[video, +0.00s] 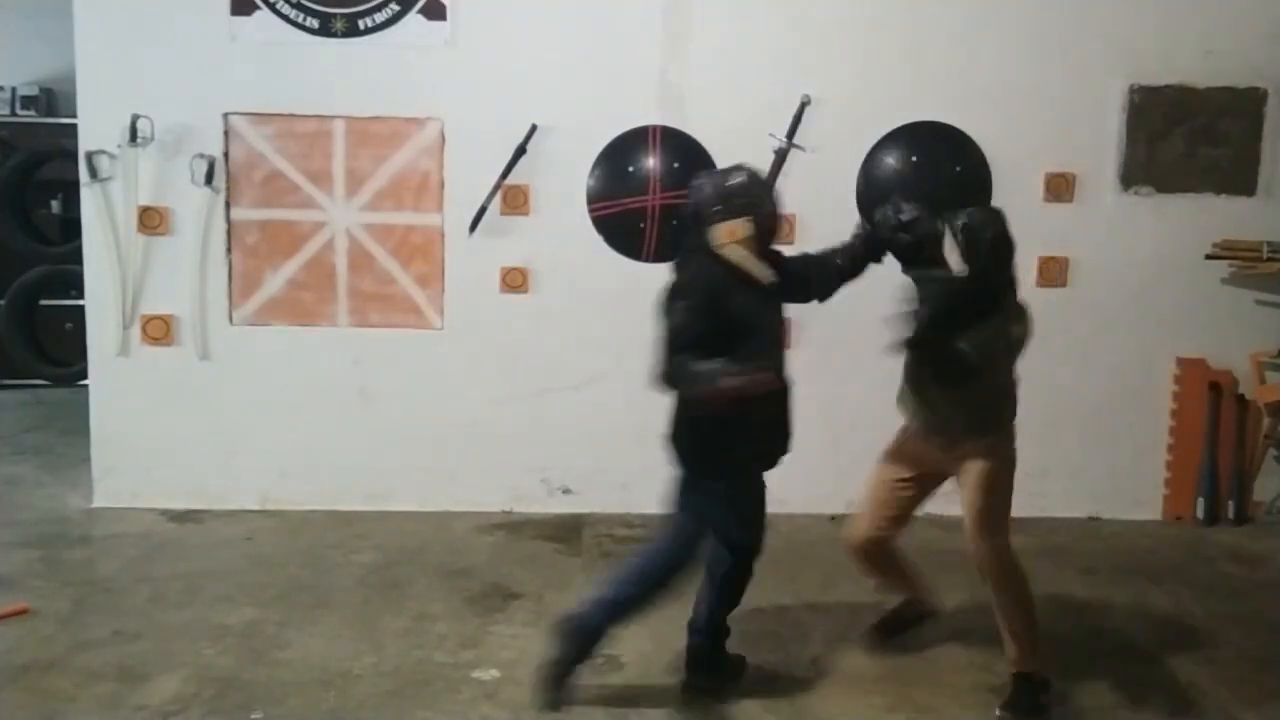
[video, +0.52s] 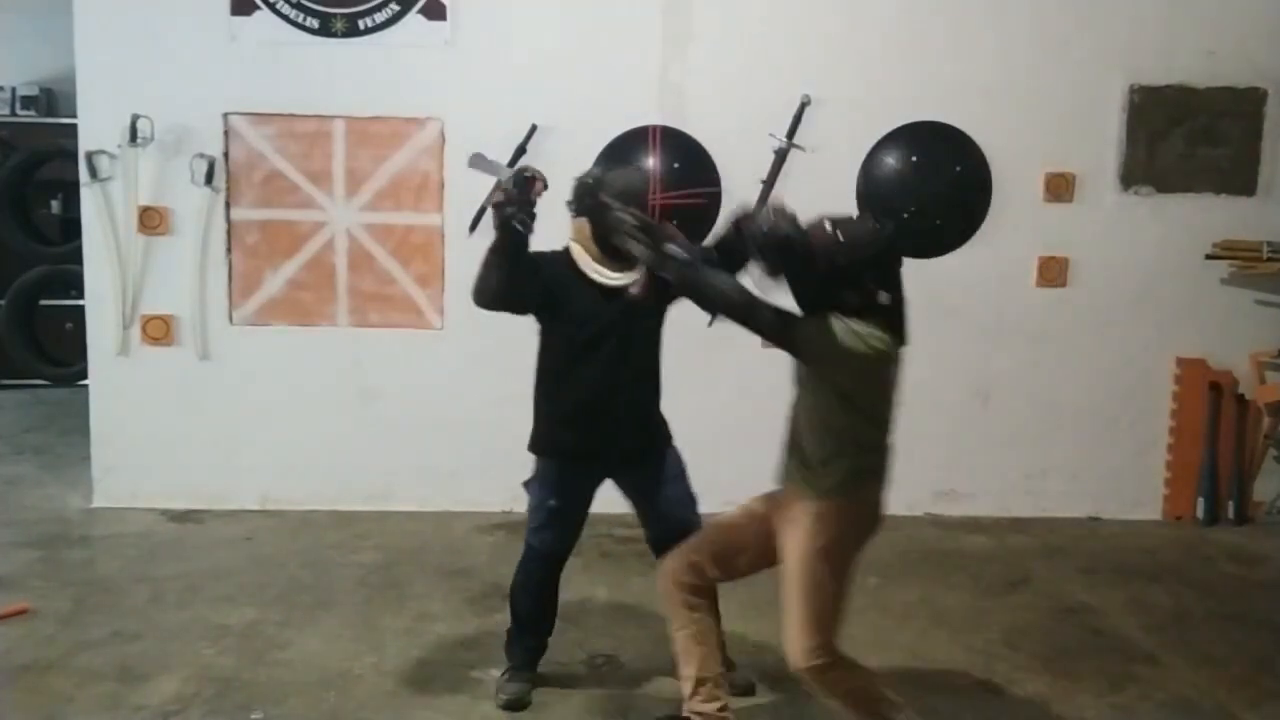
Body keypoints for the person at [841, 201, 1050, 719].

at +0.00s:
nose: (900, 230)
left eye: (907, 214)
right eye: (892, 215)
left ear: (940, 202)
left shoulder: (979, 229)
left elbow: (995, 303)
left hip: (984, 434)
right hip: (926, 429)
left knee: (988, 548)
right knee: (865, 539)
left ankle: (1027, 672)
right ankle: (916, 601)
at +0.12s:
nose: (891, 238)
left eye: (900, 226)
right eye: (888, 224)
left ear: (942, 227)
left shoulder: (971, 308)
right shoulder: (919, 265)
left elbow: (891, 361)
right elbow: (811, 277)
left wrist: (809, 331)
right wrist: (841, 235)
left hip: (955, 446)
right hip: (902, 438)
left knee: (963, 576)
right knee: (829, 542)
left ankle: (1017, 666)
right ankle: (855, 686)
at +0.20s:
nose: (902, 275)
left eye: (913, 264)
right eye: (898, 262)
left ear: (937, 264)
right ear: (893, 259)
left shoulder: (957, 327)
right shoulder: (893, 291)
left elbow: (878, 362)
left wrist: (806, 345)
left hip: (930, 460)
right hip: (875, 453)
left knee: (903, 570)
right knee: (817, 559)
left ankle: (983, 669)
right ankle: (852, 693)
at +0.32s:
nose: (863, 257)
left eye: (874, 253)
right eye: (866, 247)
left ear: (908, 262)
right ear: (877, 253)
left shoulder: (926, 332)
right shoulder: (874, 290)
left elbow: (835, 382)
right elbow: (829, 290)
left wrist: (771, 347)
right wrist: (788, 287)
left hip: (902, 476)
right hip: (847, 467)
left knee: (883, 602)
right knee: (771, 572)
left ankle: (921, 711)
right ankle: (828, 687)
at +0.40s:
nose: (840, 288)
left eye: (852, 280)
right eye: (841, 274)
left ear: (884, 288)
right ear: (845, 269)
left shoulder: (898, 352)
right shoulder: (853, 289)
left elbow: (787, 361)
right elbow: (775, 278)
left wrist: (720, 311)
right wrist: (709, 278)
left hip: (878, 501)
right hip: (831, 490)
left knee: (862, 623)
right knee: (725, 563)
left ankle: (917, 711)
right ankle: (755, 693)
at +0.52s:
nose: (812, 249)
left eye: (826, 247)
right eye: (821, 239)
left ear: (846, 273)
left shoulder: (855, 340)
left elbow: (743, 306)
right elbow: (791, 259)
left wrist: (661, 255)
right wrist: (768, 237)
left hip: (833, 507)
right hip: (799, 499)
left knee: (810, 656)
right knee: (682, 571)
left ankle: (895, 713)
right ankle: (705, 709)